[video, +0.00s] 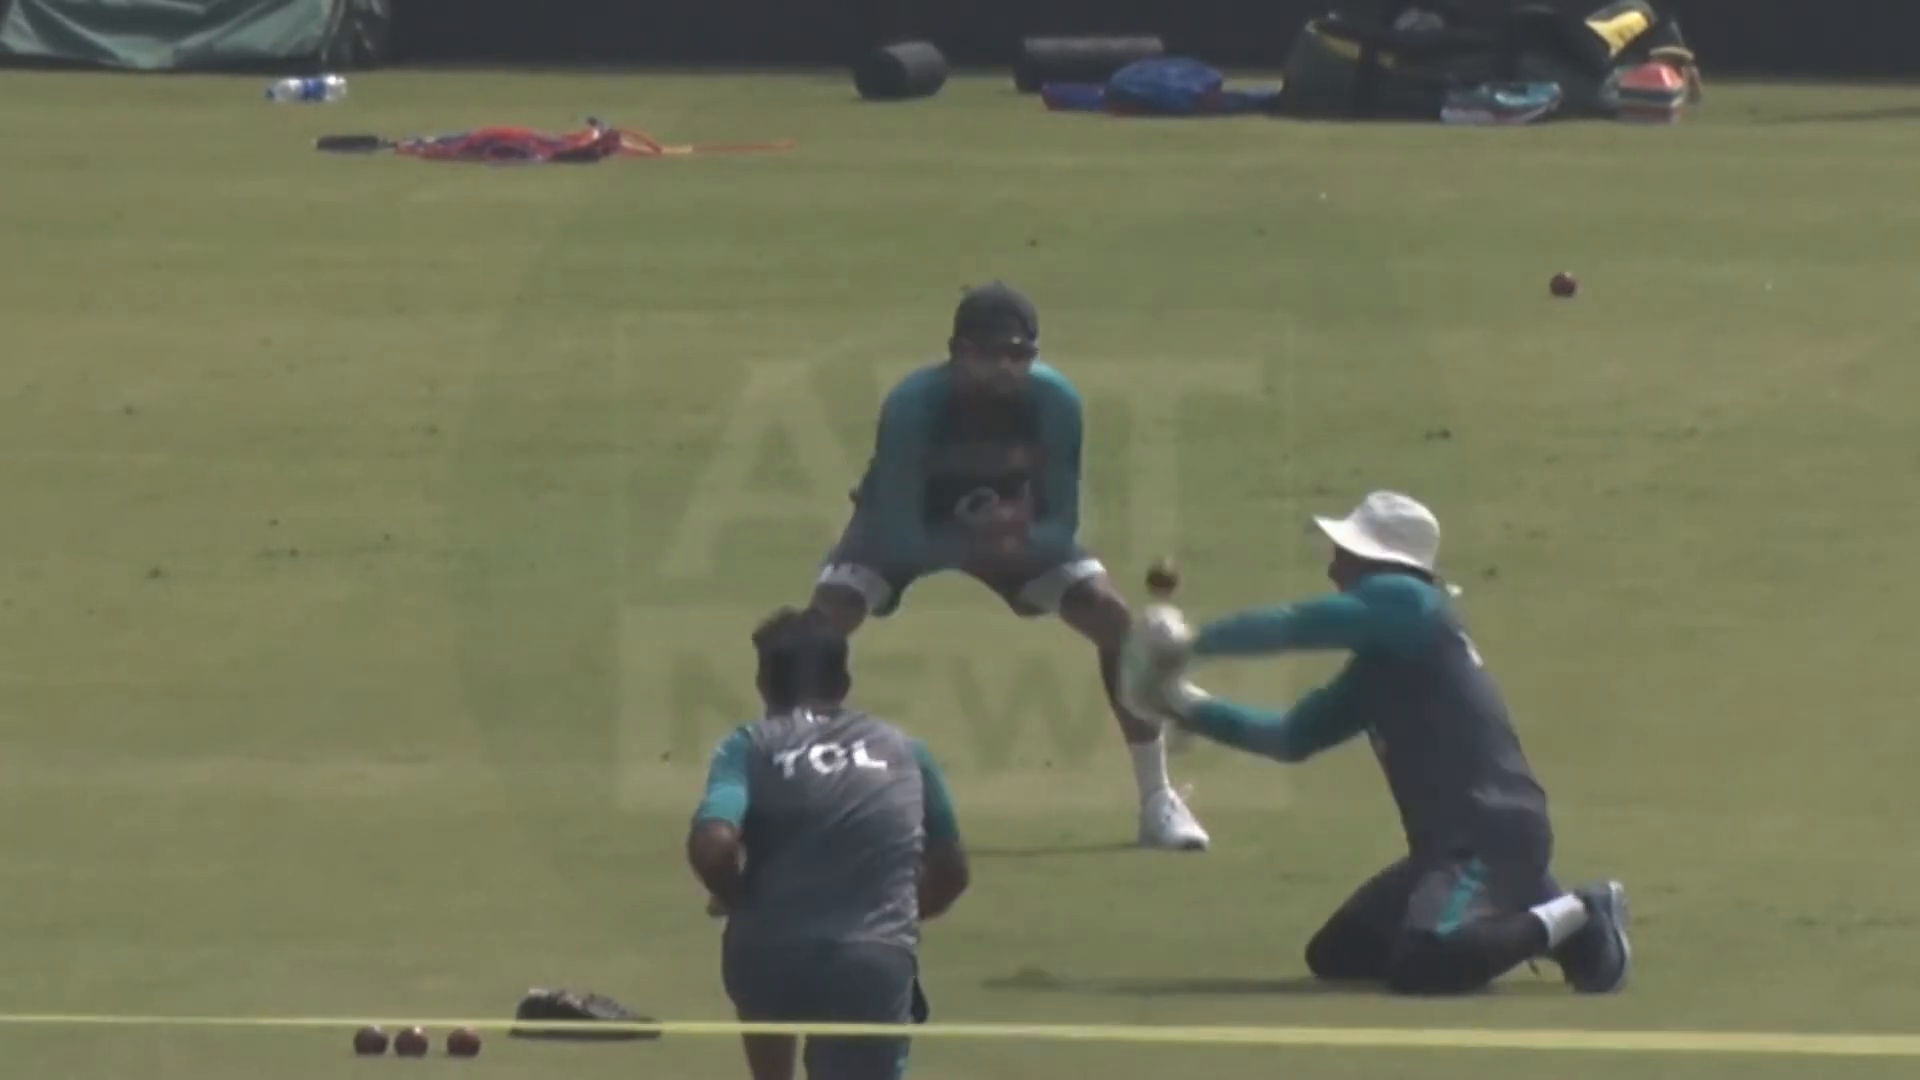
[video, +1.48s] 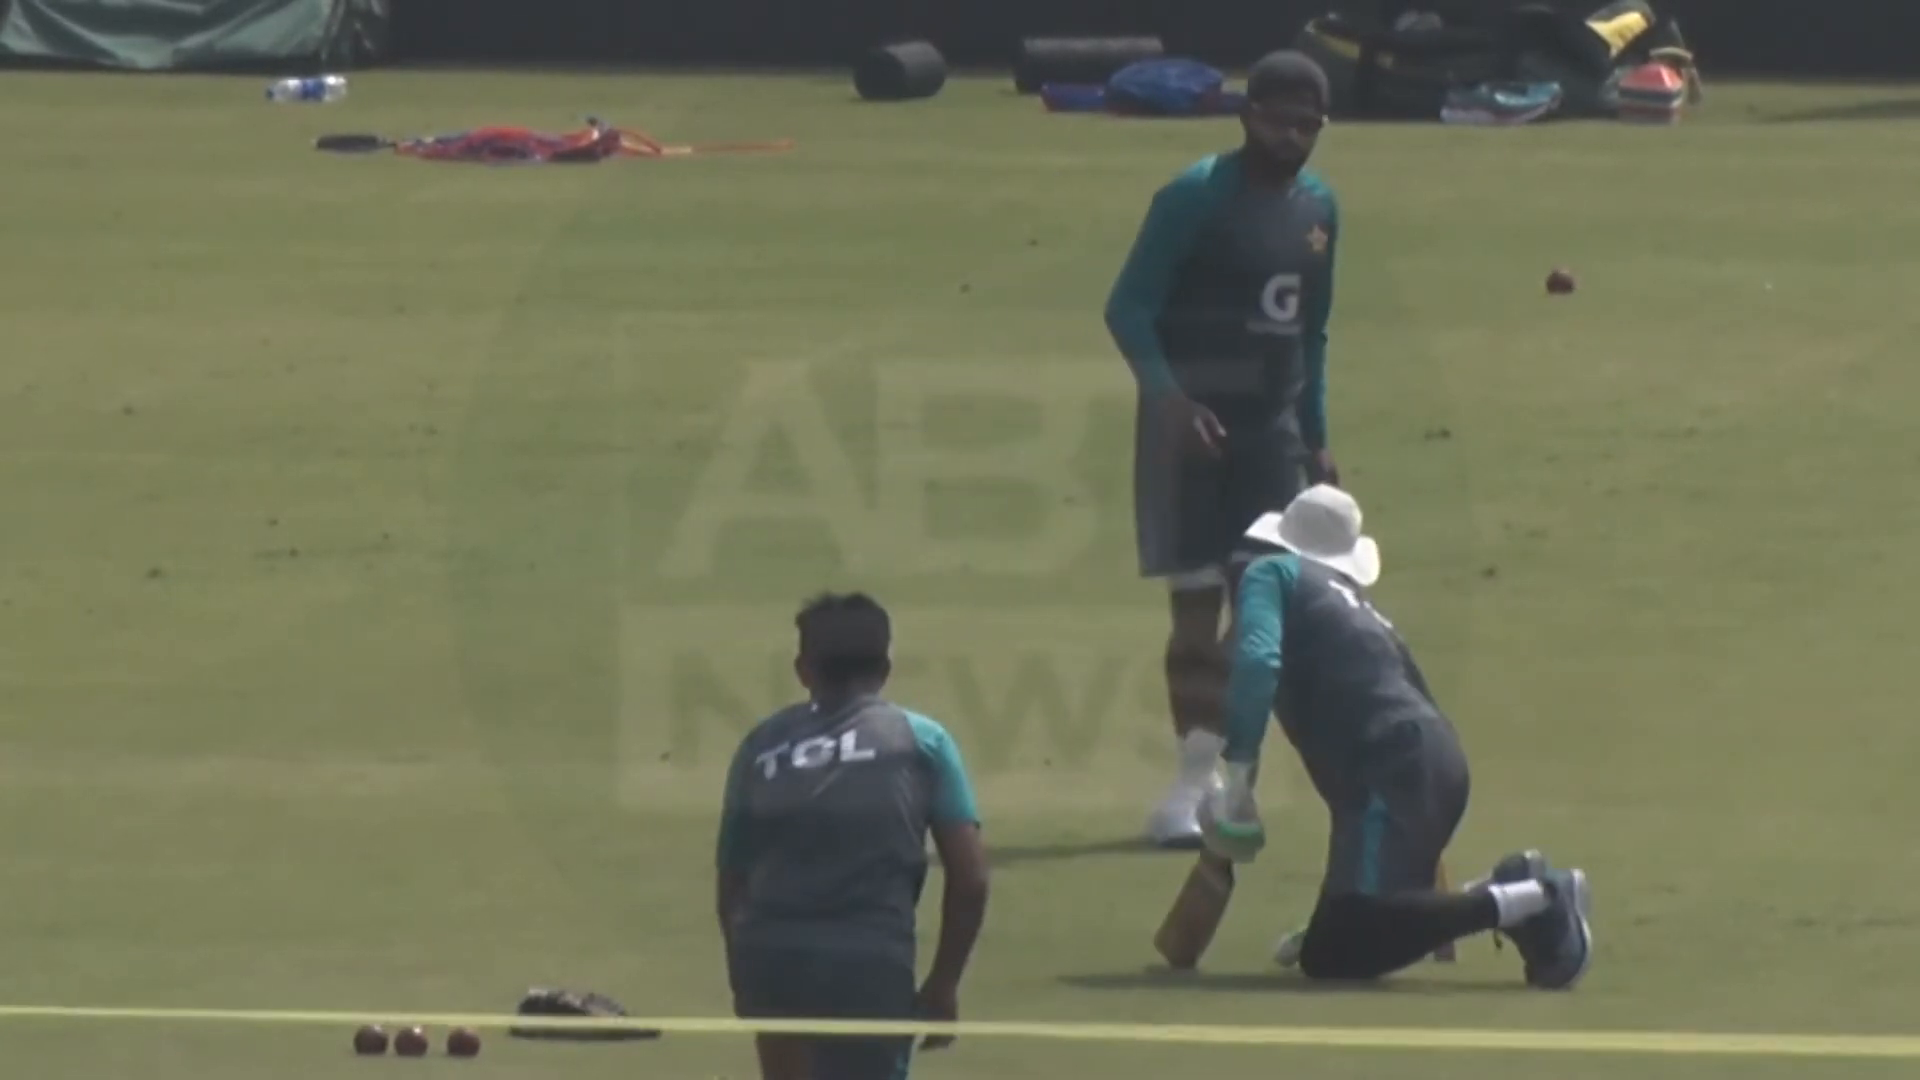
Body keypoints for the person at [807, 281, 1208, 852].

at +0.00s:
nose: (1004, 368)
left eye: (1017, 354)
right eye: (988, 354)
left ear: (1033, 355)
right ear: (957, 353)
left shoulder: (1056, 403)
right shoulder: (912, 403)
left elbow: (1060, 532)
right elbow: (896, 542)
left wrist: (1017, 538)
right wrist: (974, 543)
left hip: (1009, 538)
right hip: (907, 529)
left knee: (1116, 623)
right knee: (824, 624)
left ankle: (1159, 800)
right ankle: (783, 789)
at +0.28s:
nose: (1059, 375)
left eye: (1070, 361)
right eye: (1043, 361)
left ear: (1085, 360)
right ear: (1008, 356)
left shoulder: (1097, 383)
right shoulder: (970, 413)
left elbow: (1137, 449)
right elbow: (1031, 536)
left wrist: (1160, 490)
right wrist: (1105, 519)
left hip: (1022, 520)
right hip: (926, 526)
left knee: (1116, 618)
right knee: (858, 627)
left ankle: (1159, 800)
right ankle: (793, 775)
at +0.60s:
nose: (1169, 384)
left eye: (1173, 371)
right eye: (1162, 369)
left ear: (1169, 360)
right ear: (1128, 358)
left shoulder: (1145, 369)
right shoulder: (1055, 390)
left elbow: (1160, 444)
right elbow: (1045, 526)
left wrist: (1183, 515)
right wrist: (1147, 558)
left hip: (1034, 498)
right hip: (952, 495)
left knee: (1155, 605)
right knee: (888, 636)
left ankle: (1168, 799)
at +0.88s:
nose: (1268, 302)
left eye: (1272, 288)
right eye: (1262, 286)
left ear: (1228, 281)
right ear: (1219, 276)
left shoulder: (1211, 329)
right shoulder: (1122, 316)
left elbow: (1187, 423)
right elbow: (1034, 419)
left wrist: (1203, 510)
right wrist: (1063, 526)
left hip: (1109, 469)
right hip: (1023, 459)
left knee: (1196, 609)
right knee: (919, 626)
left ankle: (1163, 807)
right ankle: (793, 751)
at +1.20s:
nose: (1285, 177)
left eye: (1299, 166)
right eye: (1273, 160)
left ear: (1309, 172)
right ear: (1237, 152)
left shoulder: (1291, 246)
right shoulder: (1172, 216)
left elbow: (1280, 365)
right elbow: (1082, 313)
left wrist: (1293, 480)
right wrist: (1100, 412)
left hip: (1188, 427)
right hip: (1105, 411)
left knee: (1218, 607)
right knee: (1064, 585)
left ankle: (1168, 803)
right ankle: (992, 762)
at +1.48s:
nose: (1294, 132)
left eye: (1308, 120)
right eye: (1280, 117)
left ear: (1321, 124)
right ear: (1248, 112)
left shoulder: (1317, 208)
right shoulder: (1192, 197)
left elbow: (1312, 337)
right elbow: (1126, 308)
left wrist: (1316, 442)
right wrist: (1170, 401)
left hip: (1275, 434)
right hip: (1193, 432)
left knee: (1268, 603)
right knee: (1198, 601)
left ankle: (1239, 787)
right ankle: (1196, 782)